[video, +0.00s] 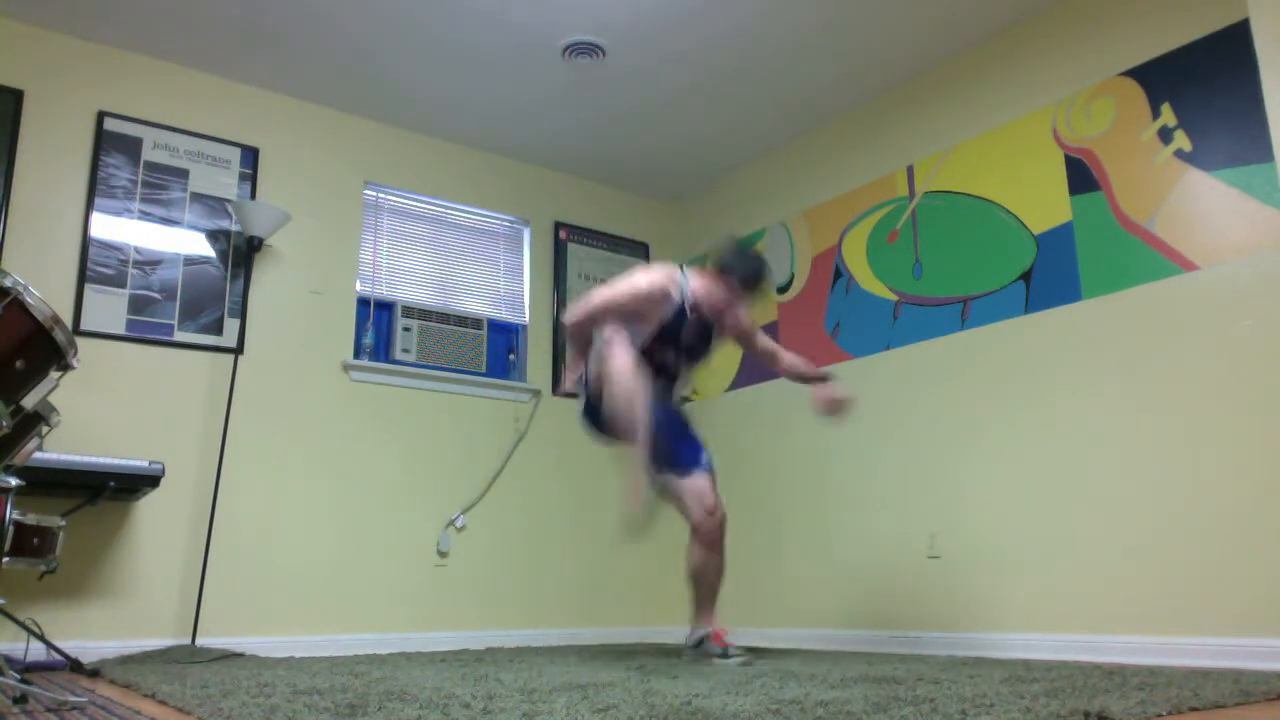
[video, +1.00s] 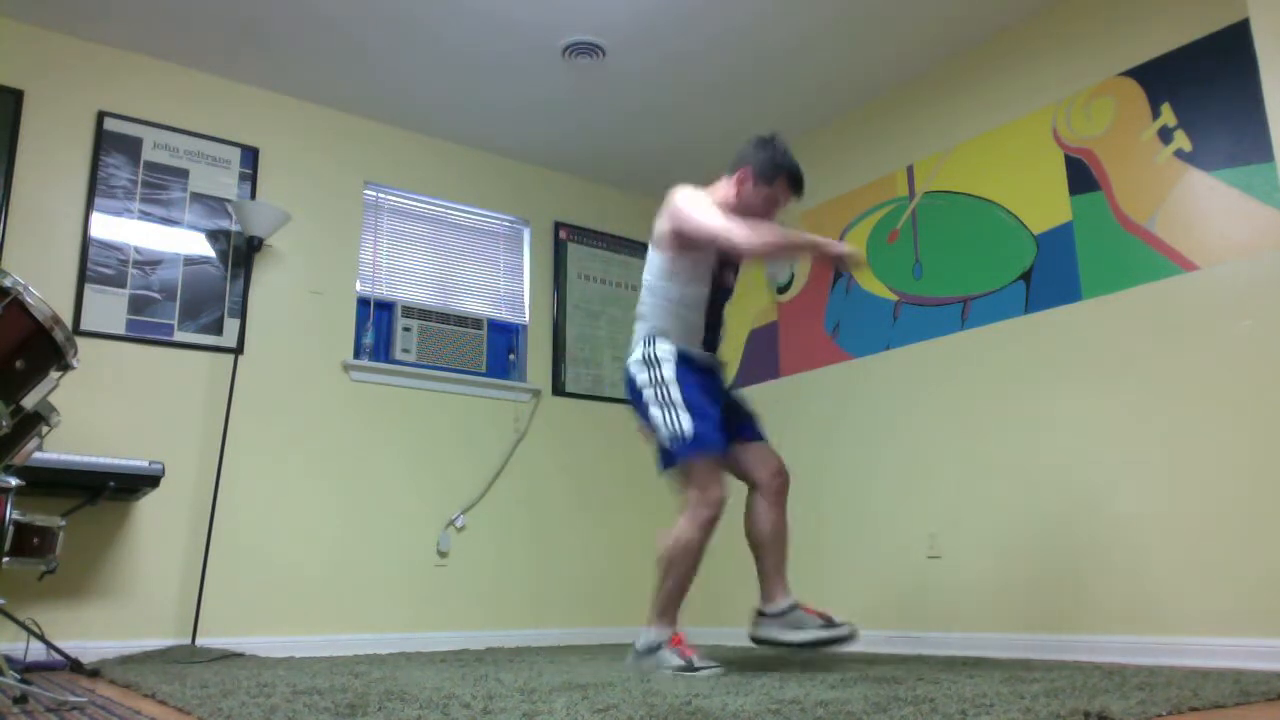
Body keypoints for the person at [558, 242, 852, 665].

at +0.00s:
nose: (732, 307)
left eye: (740, 300)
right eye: (731, 294)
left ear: (743, 297)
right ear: (717, 276)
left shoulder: (728, 315)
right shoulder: (661, 282)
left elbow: (772, 354)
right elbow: (576, 318)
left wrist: (817, 378)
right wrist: (578, 364)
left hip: (660, 411)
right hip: (611, 402)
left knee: (709, 518)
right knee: (615, 338)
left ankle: (702, 632)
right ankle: (639, 490)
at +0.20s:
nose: (705, 363)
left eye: (714, 358)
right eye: (704, 356)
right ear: (690, 335)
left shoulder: (703, 334)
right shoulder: (635, 327)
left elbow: (716, 352)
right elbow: (545, 355)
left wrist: (748, 361)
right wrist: (545, 416)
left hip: (669, 440)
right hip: (618, 440)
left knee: (732, 522)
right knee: (604, 541)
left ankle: (704, 632)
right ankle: (567, 639)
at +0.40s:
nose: (723, 258)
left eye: (729, 249)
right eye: (721, 246)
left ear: (706, 233)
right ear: (693, 228)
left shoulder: (705, 271)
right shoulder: (635, 252)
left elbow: (747, 303)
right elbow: (573, 297)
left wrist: (809, 322)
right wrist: (630, 336)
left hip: (683, 397)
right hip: (632, 404)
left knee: (786, 416)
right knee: (610, 509)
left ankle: (774, 532)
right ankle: (583, 606)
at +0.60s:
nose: (769, 250)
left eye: (777, 243)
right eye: (770, 237)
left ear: (756, 225)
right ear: (745, 212)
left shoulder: (743, 272)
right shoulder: (683, 219)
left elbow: (775, 317)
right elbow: (608, 178)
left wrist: (829, 353)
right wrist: (616, 239)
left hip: (702, 388)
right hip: (649, 383)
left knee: (775, 481)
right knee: (693, 495)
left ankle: (772, 620)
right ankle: (718, 607)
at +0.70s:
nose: (788, 255)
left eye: (794, 248)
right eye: (789, 242)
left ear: (769, 228)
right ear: (763, 220)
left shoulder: (754, 297)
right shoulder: (699, 228)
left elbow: (742, 373)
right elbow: (611, 193)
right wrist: (622, 235)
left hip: (729, 405)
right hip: (670, 397)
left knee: (787, 504)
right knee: (712, 517)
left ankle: (761, 639)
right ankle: (762, 623)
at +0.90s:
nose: (774, 211)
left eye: (782, 207)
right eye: (775, 199)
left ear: (780, 204)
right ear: (756, 178)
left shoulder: (754, 235)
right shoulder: (688, 189)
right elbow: (688, 207)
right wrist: (741, 219)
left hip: (724, 368)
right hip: (671, 358)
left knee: (771, 480)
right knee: (709, 462)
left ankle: (775, 621)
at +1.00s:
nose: (770, 215)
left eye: (776, 208)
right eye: (771, 202)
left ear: (751, 185)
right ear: (745, 179)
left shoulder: (735, 225)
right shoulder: (686, 201)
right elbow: (743, 240)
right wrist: (824, 245)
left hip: (700, 371)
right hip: (662, 362)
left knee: (770, 476)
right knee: (707, 495)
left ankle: (777, 609)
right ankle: (655, 638)